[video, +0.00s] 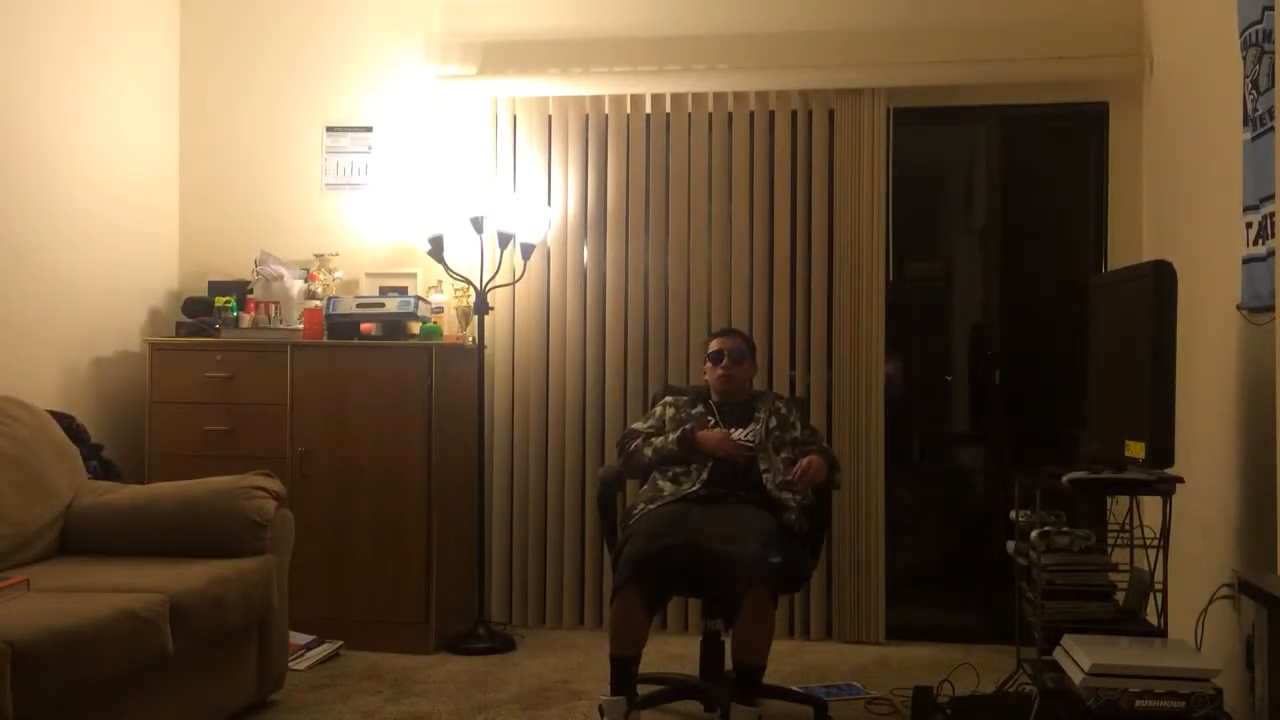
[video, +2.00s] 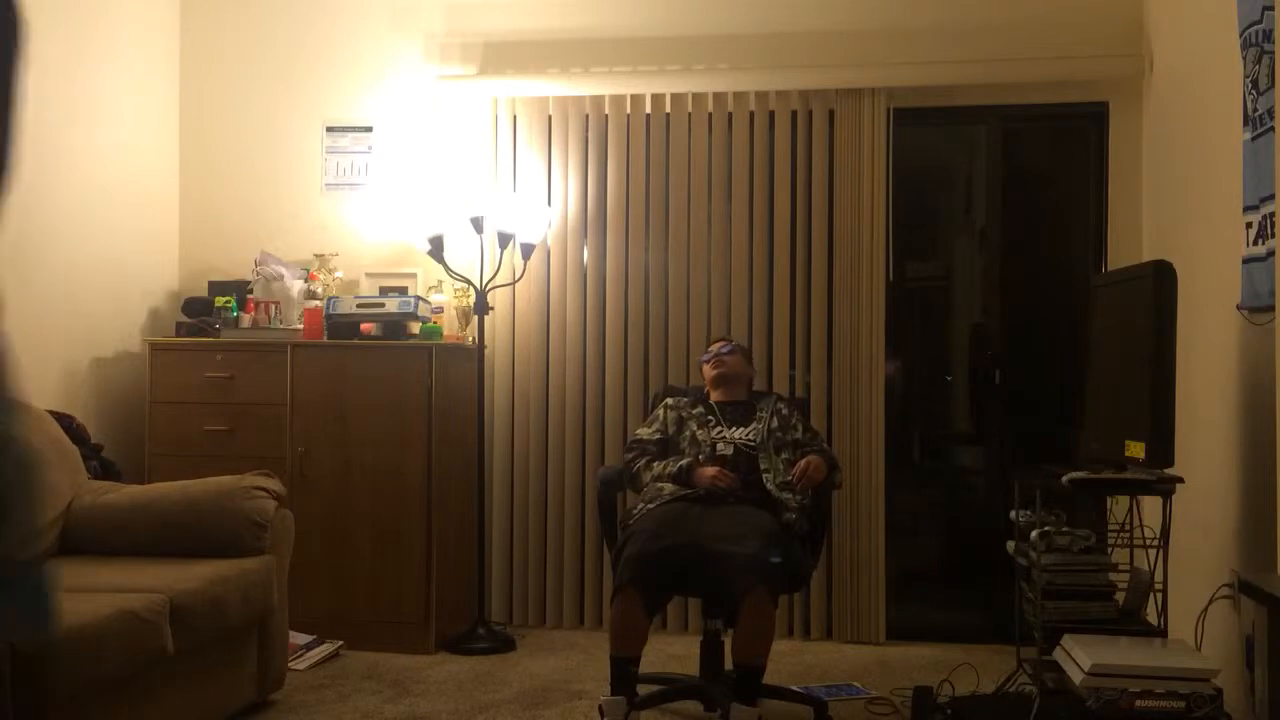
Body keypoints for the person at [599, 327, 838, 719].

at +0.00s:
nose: (725, 364)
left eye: (736, 357)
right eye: (716, 357)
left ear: (753, 367)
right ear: (704, 369)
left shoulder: (778, 412)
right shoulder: (675, 408)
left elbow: (821, 455)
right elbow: (630, 452)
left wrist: (819, 460)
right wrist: (693, 441)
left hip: (749, 509)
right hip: (675, 506)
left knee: (757, 577)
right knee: (637, 568)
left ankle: (746, 702)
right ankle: (621, 696)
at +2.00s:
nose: (717, 354)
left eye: (729, 349)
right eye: (709, 354)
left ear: (751, 370)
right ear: (702, 376)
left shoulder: (778, 410)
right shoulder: (673, 409)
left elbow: (823, 454)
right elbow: (636, 463)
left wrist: (820, 460)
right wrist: (690, 472)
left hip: (750, 508)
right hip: (674, 505)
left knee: (757, 576)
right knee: (638, 567)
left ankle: (746, 704)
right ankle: (621, 696)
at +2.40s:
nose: (718, 352)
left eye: (730, 349)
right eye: (710, 353)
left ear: (751, 370)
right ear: (702, 375)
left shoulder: (778, 412)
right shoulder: (673, 410)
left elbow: (823, 456)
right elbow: (638, 465)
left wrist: (819, 462)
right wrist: (689, 474)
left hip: (751, 509)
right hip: (676, 506)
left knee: (757, 574)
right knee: (638, 565)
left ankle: (746, 704)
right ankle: (621, 696)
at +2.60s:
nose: (721, 353)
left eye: (733, 349)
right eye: (712, 352)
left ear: (753, 370)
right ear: (704, 373)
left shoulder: (778, 412)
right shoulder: (673, 410)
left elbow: (825, 458)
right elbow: (639, 464)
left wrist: (820, 461)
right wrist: (689, 476)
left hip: (751, 508)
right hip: (674, 505)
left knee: (758, 574)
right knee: (638, 566)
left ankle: (746, 704)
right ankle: (621, 695)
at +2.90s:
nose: (727, 351)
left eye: (738, 349)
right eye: (718, 350)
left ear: (756, 370)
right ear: (707, 372)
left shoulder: (779, 412)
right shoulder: (673, 410)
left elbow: (825, 459)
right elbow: (639, 464)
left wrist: (820, 461)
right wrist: (689, 476)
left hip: (751, 507)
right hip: (674, 504)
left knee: (758, 576)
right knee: (638, 568)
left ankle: (745, 705)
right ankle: (621, 696)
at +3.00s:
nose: (728, 351)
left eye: (739, 349)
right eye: (719, 350)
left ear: (757, 370)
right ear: (708, 371)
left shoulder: (779, 412)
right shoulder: (674, 410)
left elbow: (824, 457)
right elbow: (638, 464)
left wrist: (820, 461)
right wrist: (690, 476)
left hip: (750, 507)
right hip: (673, 504)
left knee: (758, 576)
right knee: (638, 568)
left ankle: (746, 703)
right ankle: (621, 694)